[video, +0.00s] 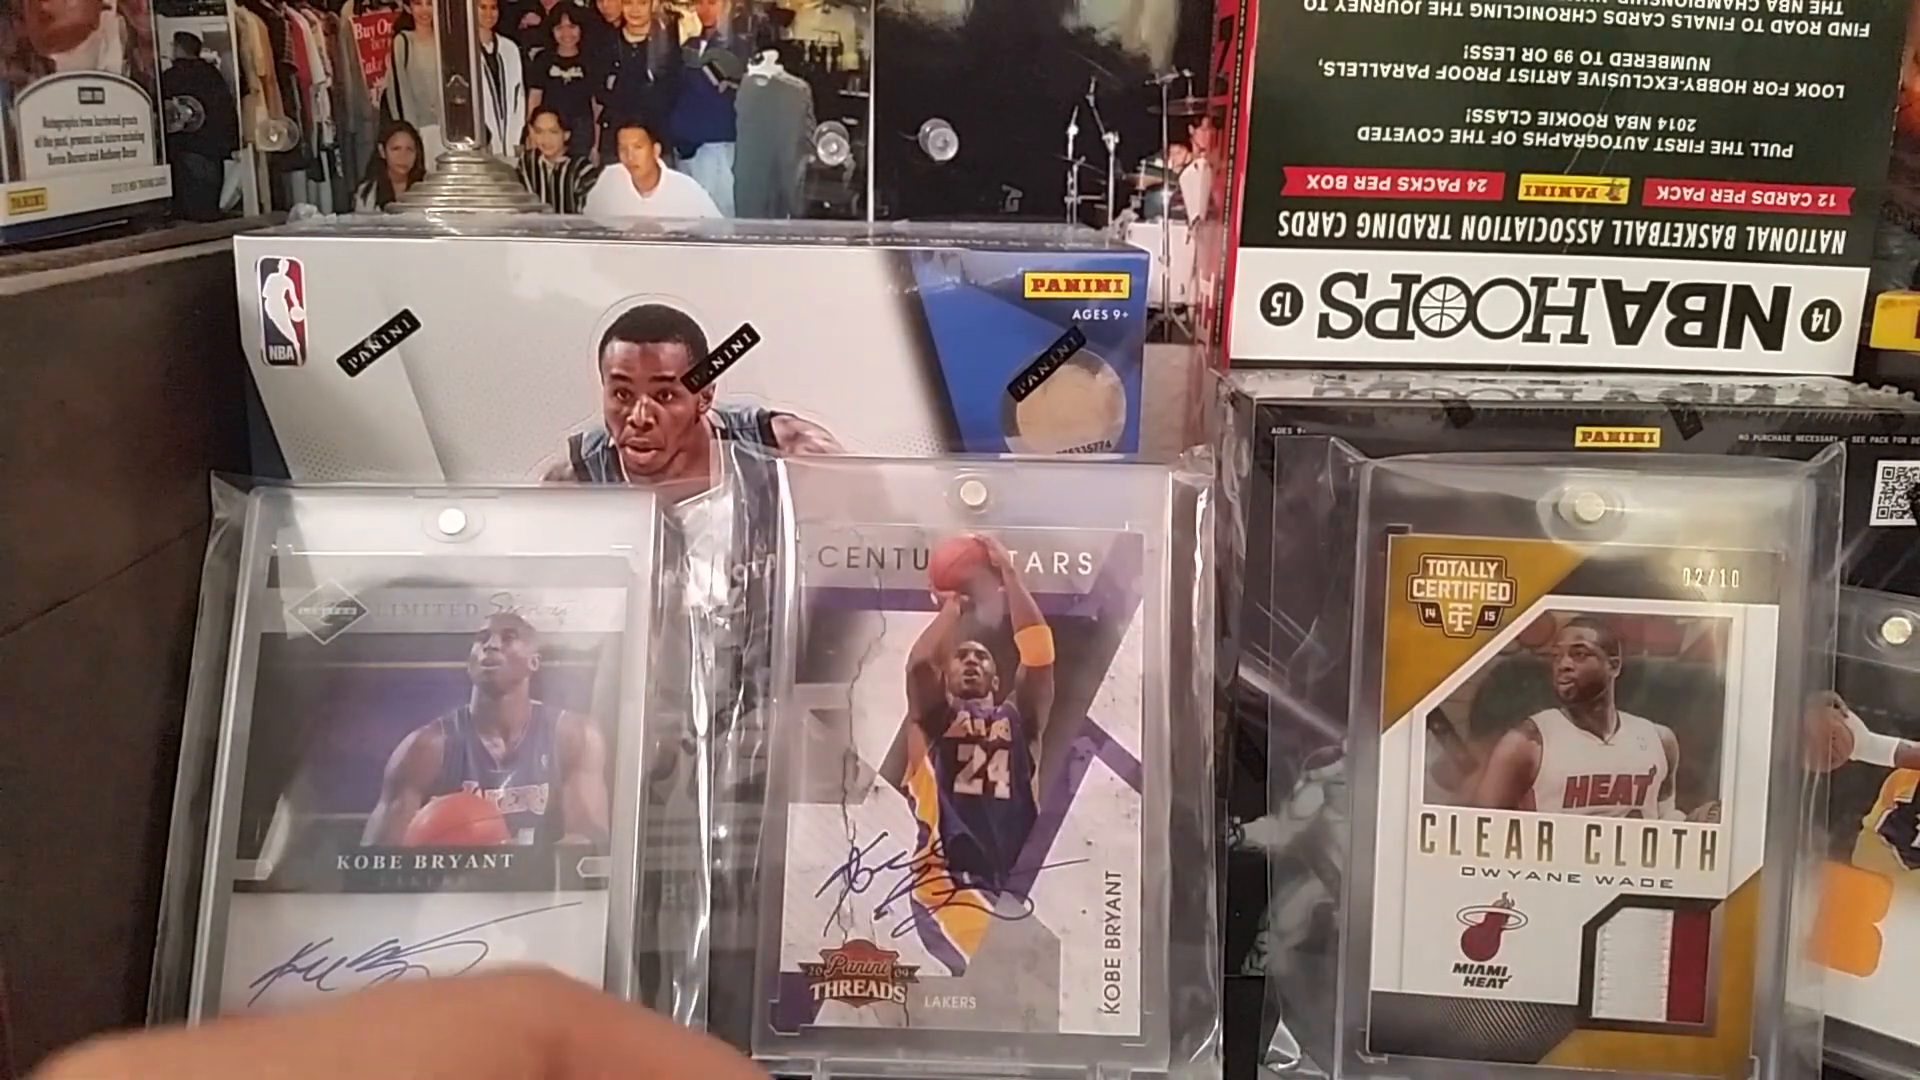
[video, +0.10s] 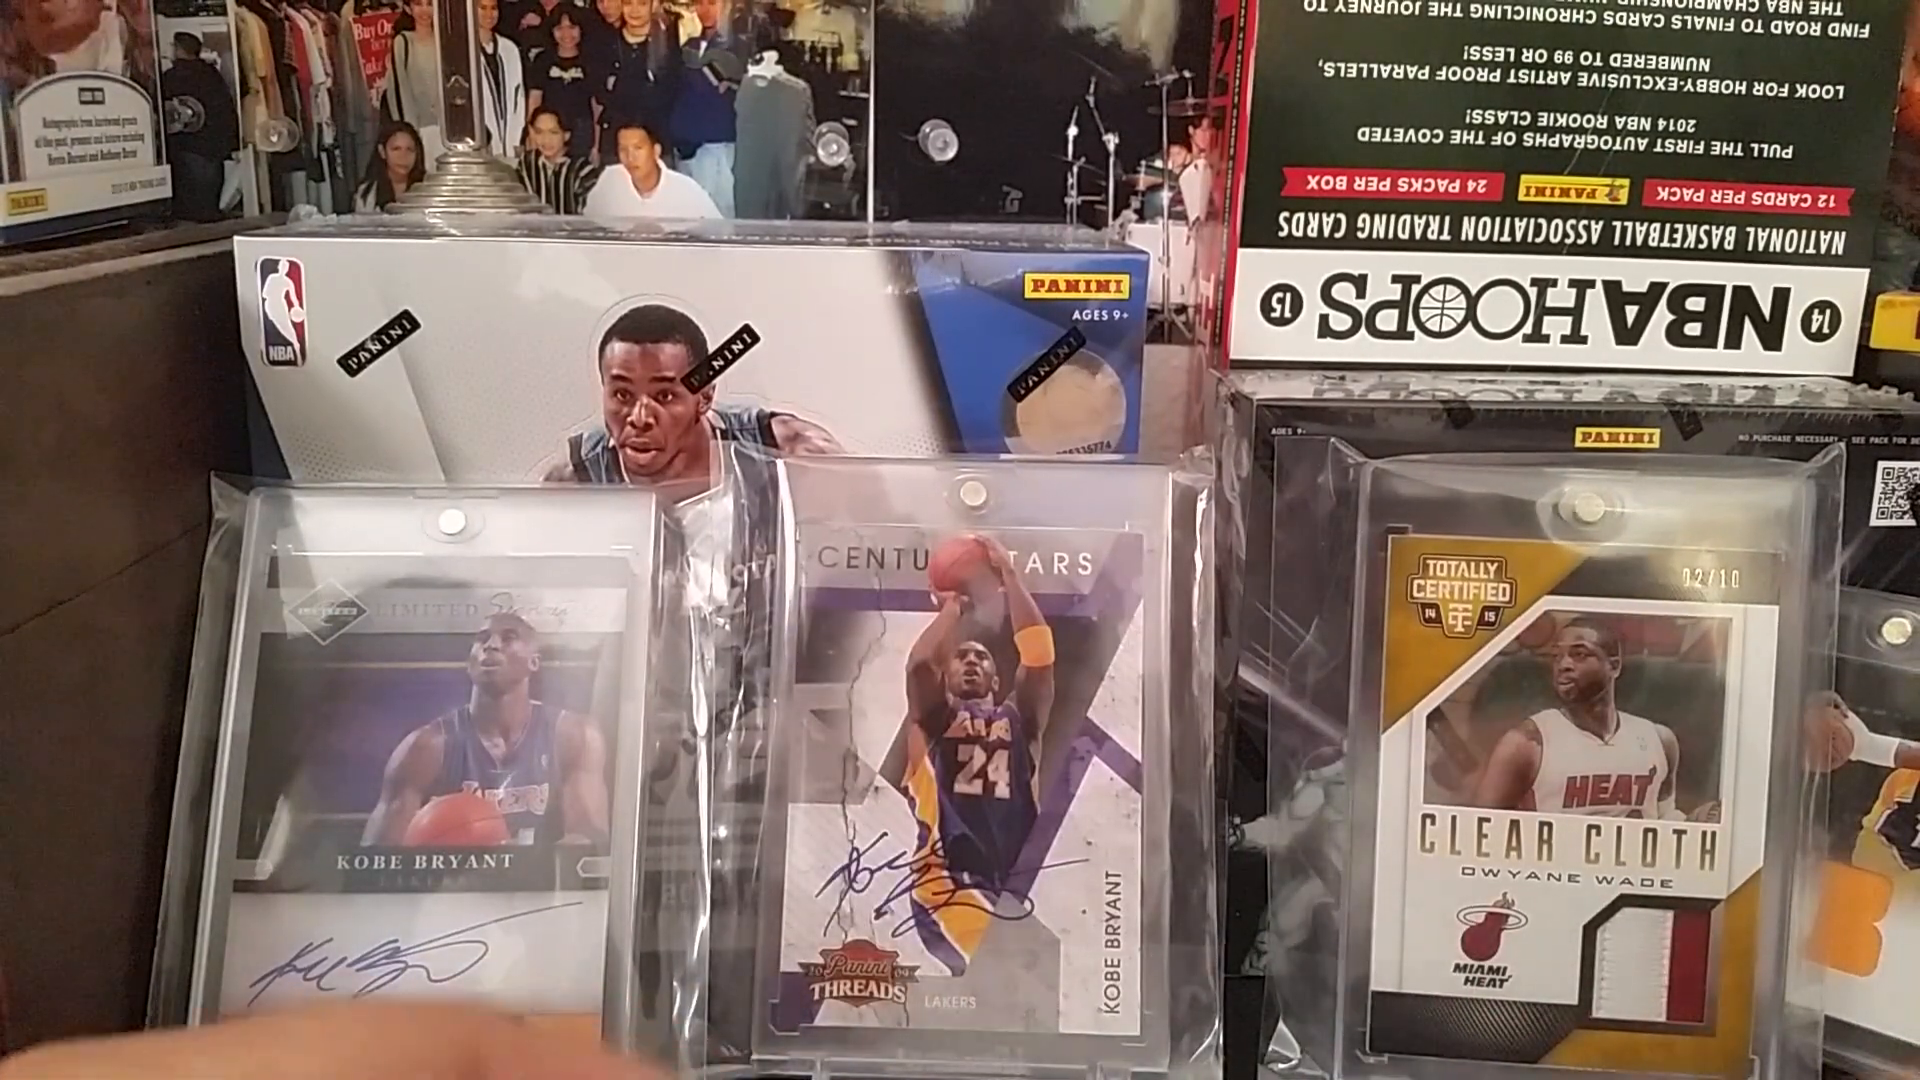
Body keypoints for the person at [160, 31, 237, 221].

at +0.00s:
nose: (173, 51)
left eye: (174, 47)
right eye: (174, 48)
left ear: (177, 49)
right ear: (198, 51)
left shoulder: (167, 78)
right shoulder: (213, 74)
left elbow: (159, 117)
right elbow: (226, 110)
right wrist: (232, 145)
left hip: (178, 149)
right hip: (210, 148)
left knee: (182, 206)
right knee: (208, 206)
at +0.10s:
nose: (173, 52)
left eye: (174, 48)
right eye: (174, 48)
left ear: (177, 50)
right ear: (198, 51)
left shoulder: (168, 78)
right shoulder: (212, 74)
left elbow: (159, 116)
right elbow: (227, 110)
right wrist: (231, 145)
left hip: (179, 151)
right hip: (211, 150)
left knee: (183, 208)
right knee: (209, 207)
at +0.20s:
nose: (172, 51)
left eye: (174, 48)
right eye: (174, 48)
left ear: (177, 50)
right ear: (197, 51)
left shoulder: (169, 77)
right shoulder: (212, 73)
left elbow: (161, 115)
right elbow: (227, 109)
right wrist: (231, 144)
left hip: (182, 149)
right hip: (213, 147)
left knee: (184, 207)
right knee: (210, 206)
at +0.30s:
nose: (173, 51)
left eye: (174, 48)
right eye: (174, 48)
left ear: (176, 50)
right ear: (197, 51)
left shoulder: (167, 79)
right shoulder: (213, 75)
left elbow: (158, 116)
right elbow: (227, 110)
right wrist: (232, 145)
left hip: (180, 151)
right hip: (213, 149)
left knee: (182, 208)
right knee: (209, 207)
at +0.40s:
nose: (173, 51)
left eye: (174, 48)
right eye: (174, 48)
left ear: (177, 50)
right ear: (198, 51)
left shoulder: (169, 78)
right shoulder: (213, 74)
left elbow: (159, 116)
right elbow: (227, 109)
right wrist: (231, 145)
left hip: (182, 150)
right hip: (213, 148)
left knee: (184, 206)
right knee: (210, 206)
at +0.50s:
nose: (173, 52)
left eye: (174, 49)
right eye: (174, 49)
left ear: (177, 50)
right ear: (198, 51)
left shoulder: (167, 78)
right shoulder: (213, 75)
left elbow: (160, 117)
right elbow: (227, 110)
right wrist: (231, 145)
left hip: (181, 150)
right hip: (213, 147)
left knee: (184, 207)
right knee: (210, 206)